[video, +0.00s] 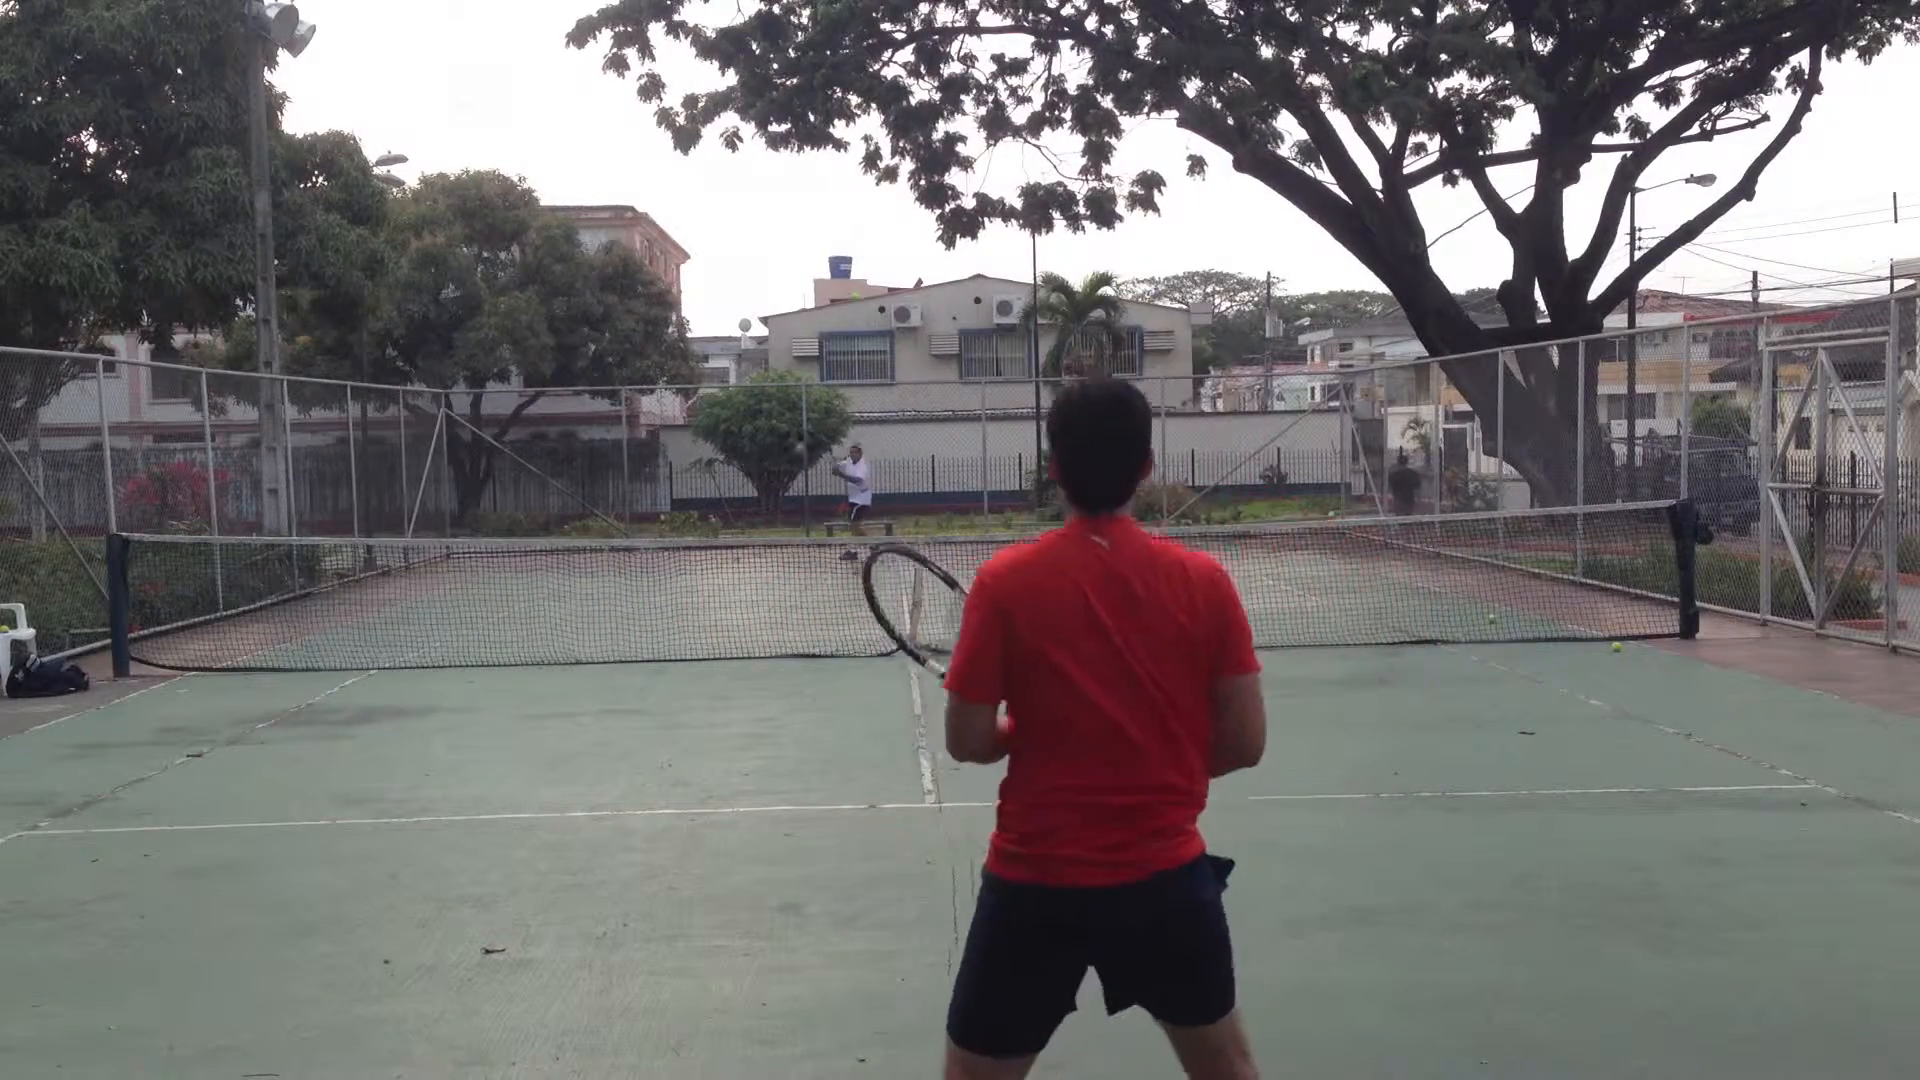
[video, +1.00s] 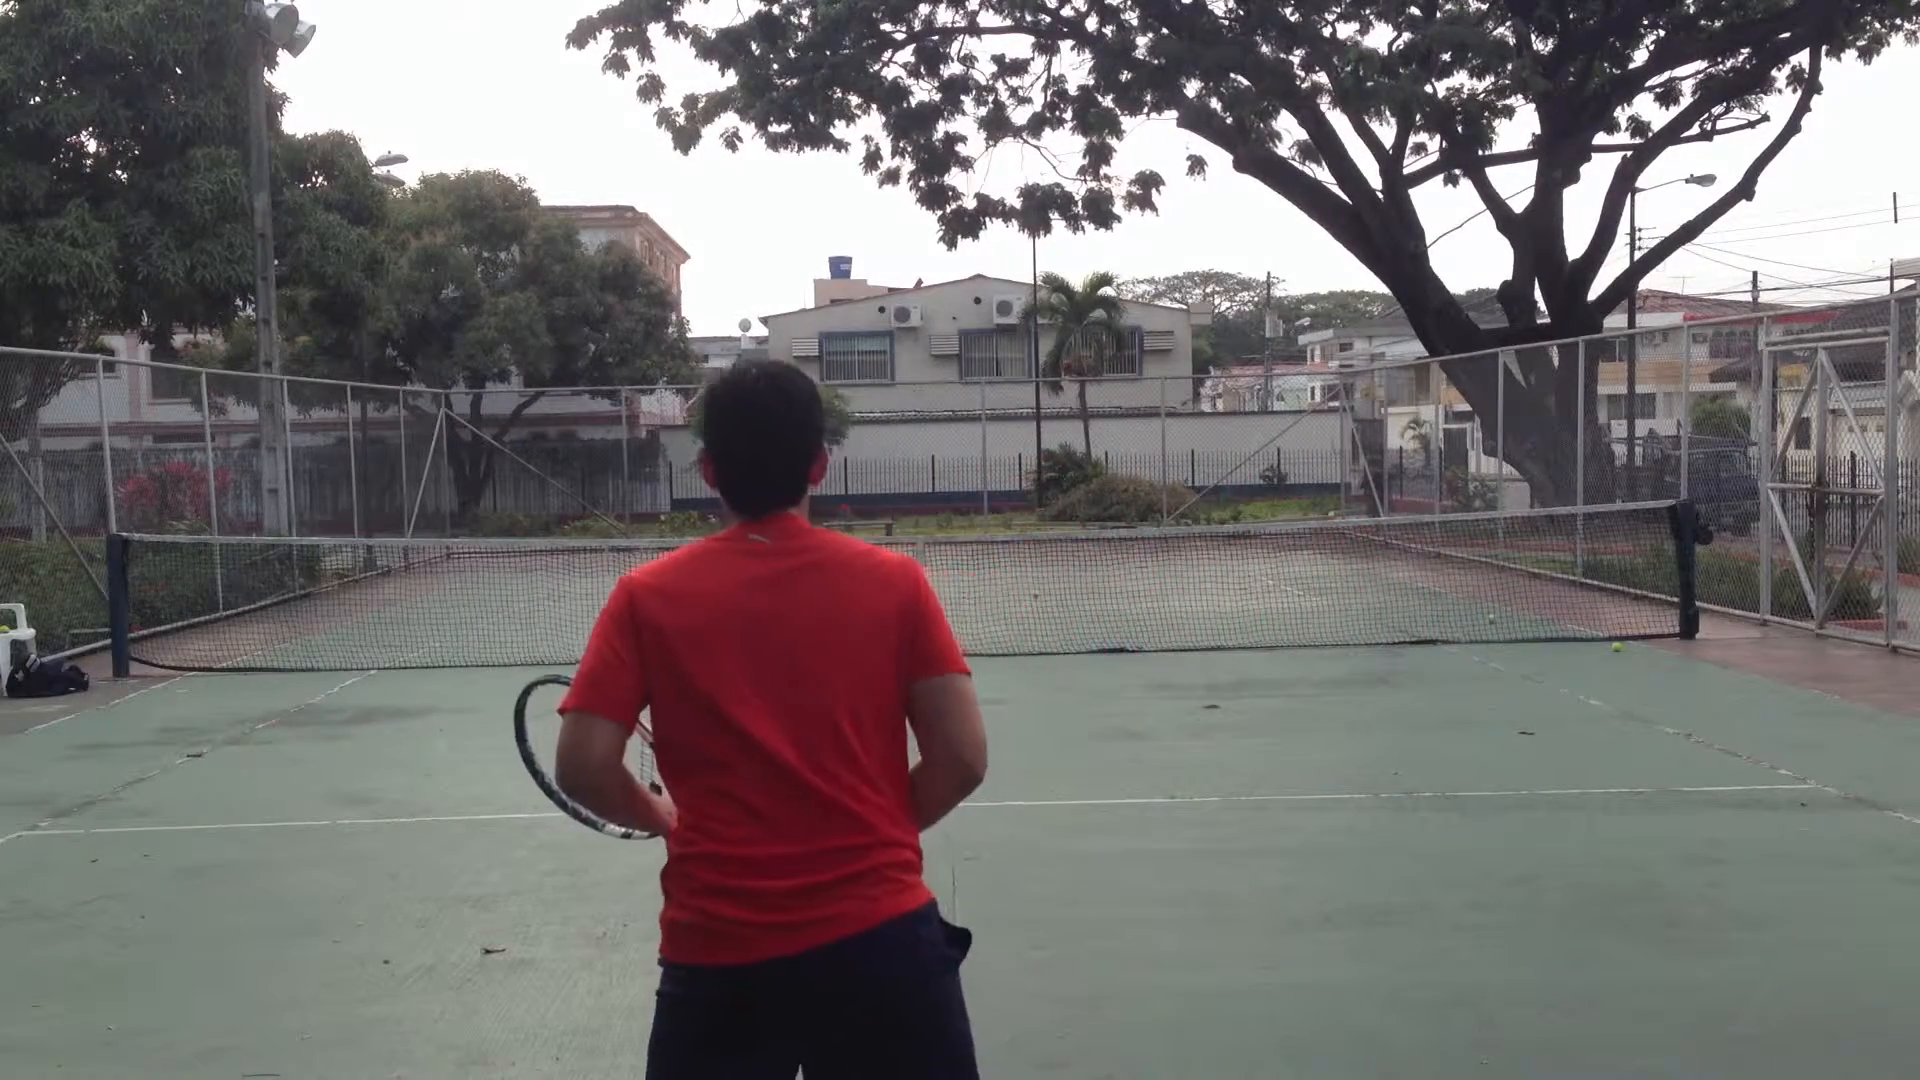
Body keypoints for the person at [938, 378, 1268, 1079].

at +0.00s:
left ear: (1055, 466)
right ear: (1145, 466)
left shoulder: (1007, 580)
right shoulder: (1202, 581)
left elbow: (967, 741)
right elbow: (1244, 742)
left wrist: (1030, 724)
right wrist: (1154, 750)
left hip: (1032, 898)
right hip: (1165, 892)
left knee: (977, 1070)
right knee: (1225, 1065)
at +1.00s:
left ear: (708, 470)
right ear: (819, 467)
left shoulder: (649, 596)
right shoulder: (893, 582)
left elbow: (583, 766)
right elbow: (961, 759)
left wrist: (664, 817)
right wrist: (874, 822)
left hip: (720, 970)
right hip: (881, 959)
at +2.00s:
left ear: (1239, 497)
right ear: (1358, 507)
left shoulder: (1177, 629)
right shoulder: (1346, 634)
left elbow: (1161, 808)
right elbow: (1365, 844)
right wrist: (1417, 901)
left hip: (1183, 994)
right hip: (1291, 1001)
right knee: (1419, 1059)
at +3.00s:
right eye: (1677, 450)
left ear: (1535, 449)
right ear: (1667, 474)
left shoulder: (1455, 561)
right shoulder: (1649, 629)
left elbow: (1371, 619)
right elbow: (1760, 858)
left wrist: (1482, 618)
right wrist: (1913, 921)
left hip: (1408, 960)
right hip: (1541, 977)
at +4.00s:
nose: (1632, 426)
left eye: (1632, 407)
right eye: (1632, 404)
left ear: (1647, 429)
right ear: (1775, 426)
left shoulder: (1651, 577)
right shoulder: (1847, 568)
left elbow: (1705, 793)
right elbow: (1872, 799)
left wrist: (1561, 832)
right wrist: (1628, 854)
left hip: (1672, 1018)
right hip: (1848, 1010)